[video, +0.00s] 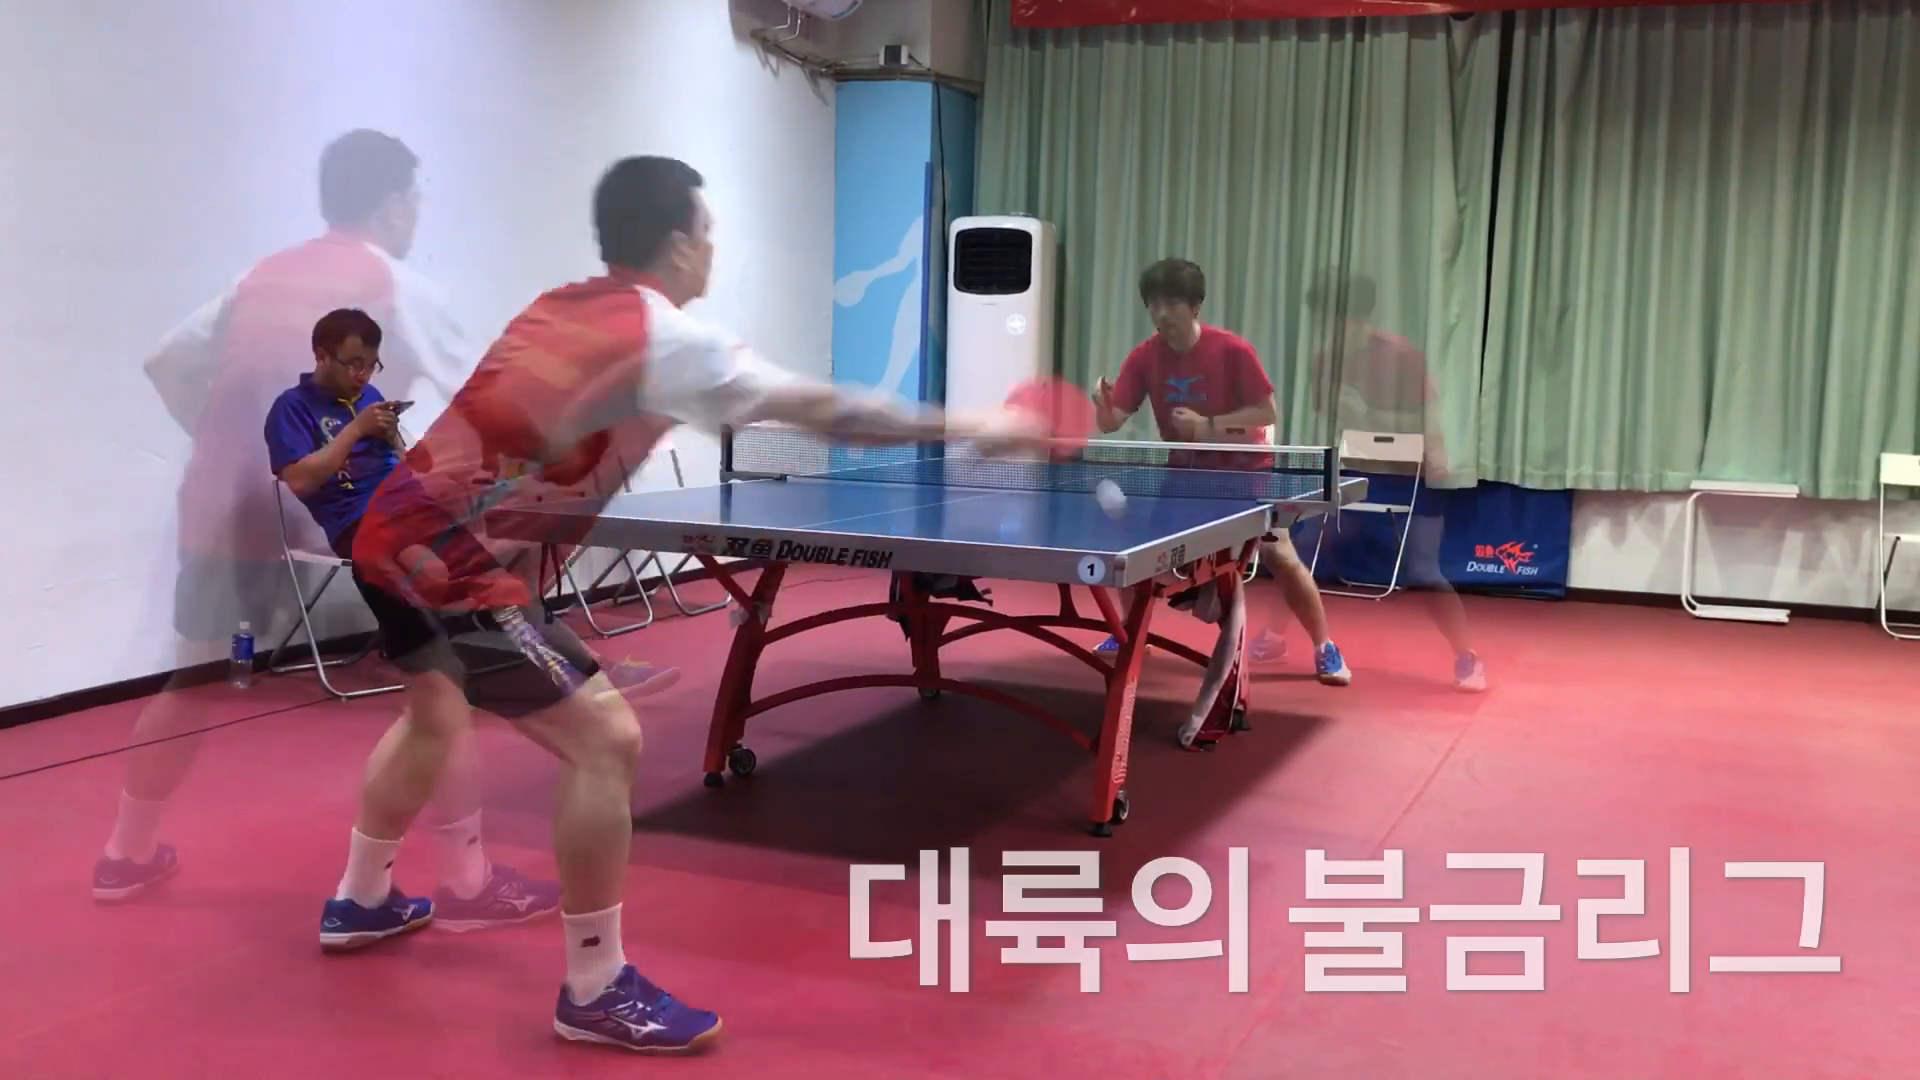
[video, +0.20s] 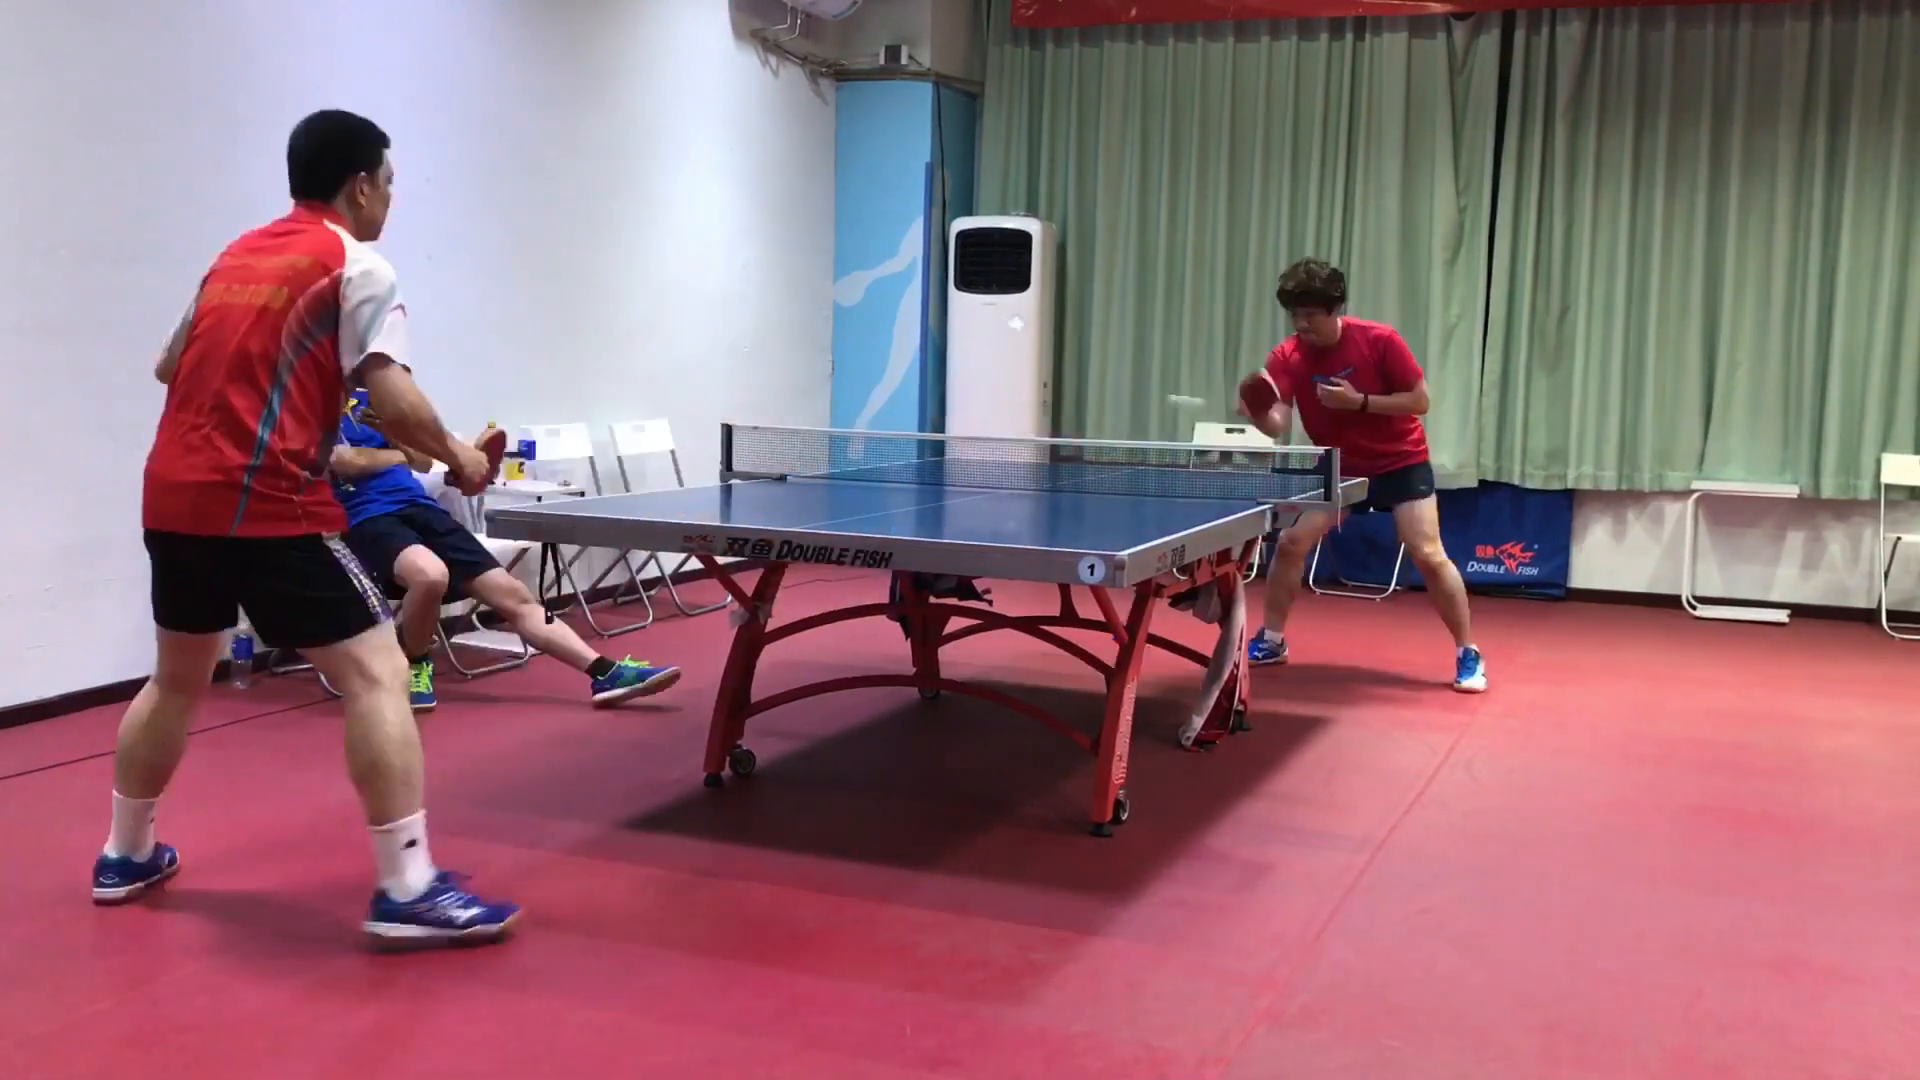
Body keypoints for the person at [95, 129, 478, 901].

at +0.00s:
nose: (419, 211)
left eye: (416, 196)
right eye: (413, 196)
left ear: (330, 199)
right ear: (390, 203)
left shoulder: (264, 276)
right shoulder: (395, 287)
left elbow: (168, 362)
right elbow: (472, 391)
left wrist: (230, 444)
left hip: (220, 505)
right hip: (337, 512)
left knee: (197, 672)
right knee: (437, 673)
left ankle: (127, 854)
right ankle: (466, 874)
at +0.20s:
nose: (391, 196)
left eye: (390, 180)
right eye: (387, 181)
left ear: (302, 186)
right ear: (359, 185)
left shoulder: (238, 252)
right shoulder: (357, 264)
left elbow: (172, 366)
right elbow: (388, 397)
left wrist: (268, 417)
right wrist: (455, 455)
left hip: (175, 503)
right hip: (274, 508)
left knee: (175, 681)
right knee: (374, 675)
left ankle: (124, 854)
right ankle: (409, 887)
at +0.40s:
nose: (414, 262)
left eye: (415, 247)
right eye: (412, 246)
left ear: (327, 241)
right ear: (387, 248)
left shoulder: (258, 302)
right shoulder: (371, 333)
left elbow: (256, 443)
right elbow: (416, 462)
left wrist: (361, 461)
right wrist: (453, 493)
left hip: (155, 540)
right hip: (256, 553)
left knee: (197, 683)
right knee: (398, 694)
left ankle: (127, 855)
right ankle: (382, 908)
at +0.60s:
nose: (435, 260)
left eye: (435, 245)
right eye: (433, 245)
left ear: (346, 244)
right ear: (409, 251)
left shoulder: (275, 300)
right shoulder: (410, 342)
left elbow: (179, 389)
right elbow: (535, 429)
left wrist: (265, 442)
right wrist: (604, 411)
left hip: (166, 542)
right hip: (271, 563)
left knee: (191, 685)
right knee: (416, 694)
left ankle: (127, 853)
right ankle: (384, 908)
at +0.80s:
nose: (409, 208)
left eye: (408, 193)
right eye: (406, 193)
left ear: (318, 200)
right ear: (380, 200)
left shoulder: (250, 266)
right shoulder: (394, 284)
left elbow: (162, 357)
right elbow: (521, 365)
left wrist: (249, 420)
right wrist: (624, 362)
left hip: (182, 518)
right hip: (292, 534)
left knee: (177, 685)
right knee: (405, 691)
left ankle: (122, 854)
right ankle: (383, 908)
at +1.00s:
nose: (400, 196)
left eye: (400, 180)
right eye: (398, 179)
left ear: (312, 183)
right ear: (367, 183)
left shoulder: (251, 250)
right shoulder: (359, 267)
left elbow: (255, 388)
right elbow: (436, 397)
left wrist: (346, 414)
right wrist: (512, 421)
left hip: (172, 502)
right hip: (263, 513)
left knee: (175, 685)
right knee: (368, 685)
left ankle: (125, 854)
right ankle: (374, 908)